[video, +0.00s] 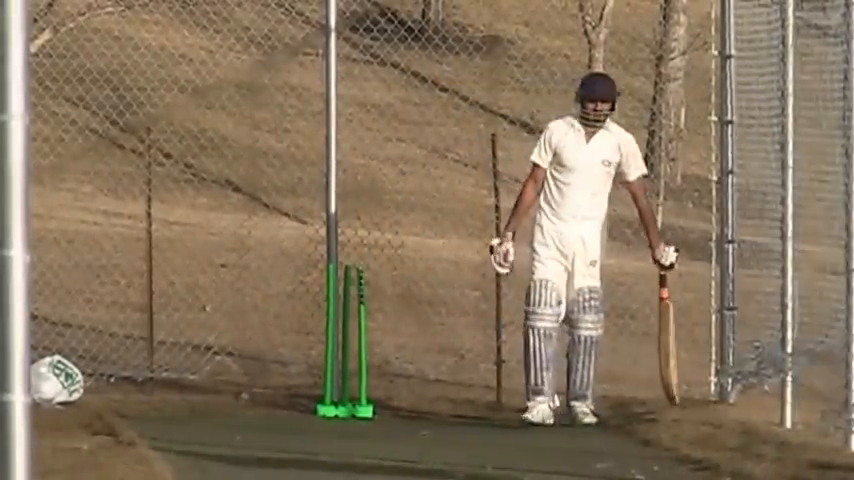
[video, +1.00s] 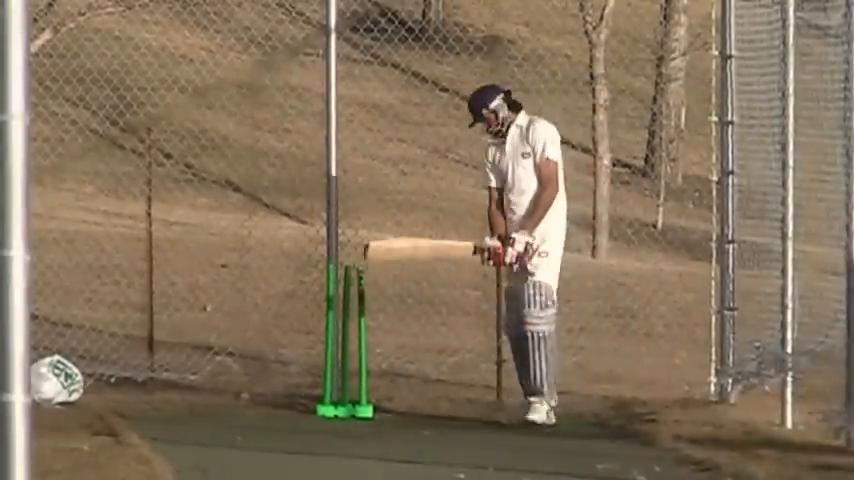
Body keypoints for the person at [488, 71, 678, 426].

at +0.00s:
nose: (596, 109)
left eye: (603, 103)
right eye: (590, 102)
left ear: (613, 105)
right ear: (578, 101)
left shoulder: (621, 142)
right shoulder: (557, 132)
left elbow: (639, 197)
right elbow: (532, 185)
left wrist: (656, 245)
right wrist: (508, 233)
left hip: (589, 245)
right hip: (549, 241)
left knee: (587, 322)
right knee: (542, 318)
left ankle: (580, 402)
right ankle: (540, 401)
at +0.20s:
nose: (586, 106)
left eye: (593, 100)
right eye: (580, 100)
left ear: (604, 102)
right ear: (570, 101)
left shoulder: (615, 143)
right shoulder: (554, 136)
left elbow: (627, 204)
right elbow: (538, 190)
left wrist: (641, 252)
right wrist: (512, 237)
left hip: (588, 245)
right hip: (549, 241)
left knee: (588, 320)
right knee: (530, 317)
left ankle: (582, 401)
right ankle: (528, 399)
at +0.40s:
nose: (574, 105)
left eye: (581, 99)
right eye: (568, 99)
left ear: (593, 101)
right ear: (559, 101)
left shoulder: (605, 139)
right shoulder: (551, 137)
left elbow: (603, 196)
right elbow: (543, 194)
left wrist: (602, 248)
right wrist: (520, 232)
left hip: (582, 248)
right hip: (545, 244)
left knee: (586, 322)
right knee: (523, 315)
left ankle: (582, 401)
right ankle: (532, 395)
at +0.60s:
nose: (558, 107)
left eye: (564, 100)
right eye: (550, 101)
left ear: (576, 99)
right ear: (542, 103)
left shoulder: (591, 135)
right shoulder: (535, 142)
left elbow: (587, 186)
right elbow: (527, 194)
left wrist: (564, 231)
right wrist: (519, 234)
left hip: (577, 247)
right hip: (537, 247)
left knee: (582, 320)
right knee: (525, 320)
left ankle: (582, 402)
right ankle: (539, 404)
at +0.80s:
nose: (526, 112)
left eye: (530, 104)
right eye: (519, 107)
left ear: (544, 98)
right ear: (513, 109)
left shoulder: (568, 131)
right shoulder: (511, 143)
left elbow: (569, 185)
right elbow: (508, 192)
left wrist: (536, 222)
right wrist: (508, 227)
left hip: (559, 246)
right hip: (523, 247)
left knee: (570, 321)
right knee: (523, 324)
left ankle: (579, 401)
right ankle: (538, 404)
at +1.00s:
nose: (488, 126)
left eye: (490, 117)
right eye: (483, 121)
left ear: (503, 108)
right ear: (484, 120)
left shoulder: (539, 130)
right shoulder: (495, 149)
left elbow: (550, 187)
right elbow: (496, 201)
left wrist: (525, 231)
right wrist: (499, 238)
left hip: (544, 238)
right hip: (515, 242)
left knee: (535, 314)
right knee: (515, 319)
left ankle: (541, 399)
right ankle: (536, 396)